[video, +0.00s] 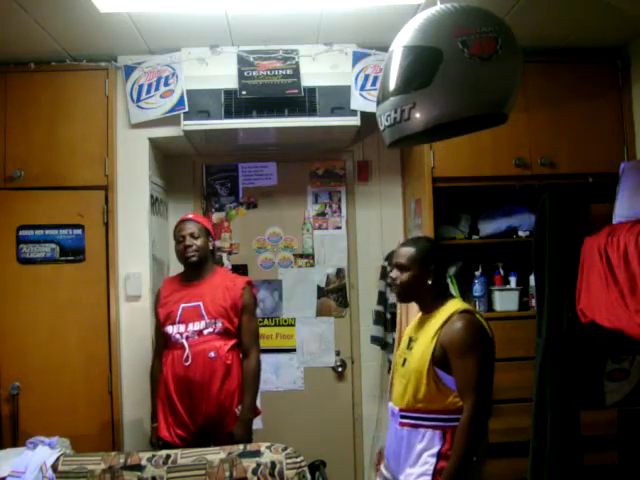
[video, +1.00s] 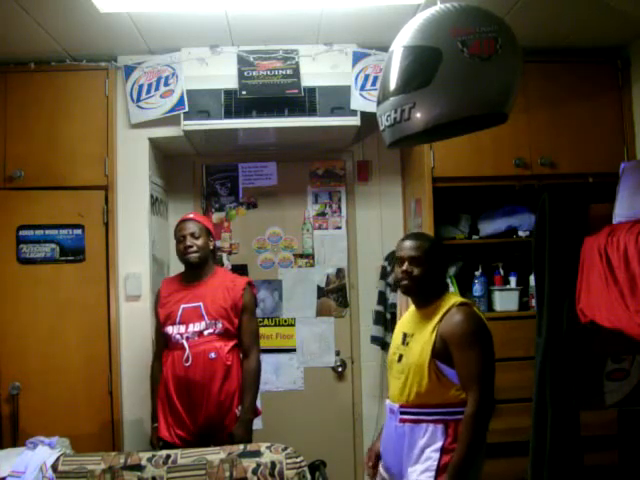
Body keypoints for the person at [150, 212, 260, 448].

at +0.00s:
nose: (187, 243)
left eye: (195, 236)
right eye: (180, 239)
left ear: (210, 242)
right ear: (176, 248)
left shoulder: (237, 287)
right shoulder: (166, 290)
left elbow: (251, 354)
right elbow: (160, 355)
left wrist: (245, 416)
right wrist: (157, 418)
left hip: (225, 416)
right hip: (176, 416)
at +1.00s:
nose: (187, 243)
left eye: (195, 236)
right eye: (180, 239)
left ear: (211, 242)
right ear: (176, 247)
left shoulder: (237, 288)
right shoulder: (167, 290)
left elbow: (251, 354)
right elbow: (160, 355)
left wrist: (245, 417)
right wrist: (157, 419)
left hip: (225, 416)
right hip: (176, 416)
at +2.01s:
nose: (187, 241)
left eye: (195, 235)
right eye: (180, 238)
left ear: (211, 242)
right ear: (176, 248)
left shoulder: (237, 288)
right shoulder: (167, 290)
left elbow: (251, 355)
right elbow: (160, 355)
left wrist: (246, 417)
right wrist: (157, 419)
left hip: (225, 416)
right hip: (176, 416)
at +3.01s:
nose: (186, 240)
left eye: (194, 234)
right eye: (180, 237)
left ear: (210, 242)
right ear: (175, 248)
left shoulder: (237, 288)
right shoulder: (166, 290)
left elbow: (251, 355)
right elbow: (159, 355)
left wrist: (245, 419)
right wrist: (156, 419)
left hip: (225, 416)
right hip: (176, 417)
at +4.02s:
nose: (186, 241)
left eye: (194, 235)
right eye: (180, 238)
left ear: (211, 241)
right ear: (176, 247)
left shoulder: (237, 288)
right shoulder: (167, 290)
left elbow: (251, 355)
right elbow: (160, 356)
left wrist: (245, 418)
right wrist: (157, 420)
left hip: (225, 416)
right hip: (176, 417)